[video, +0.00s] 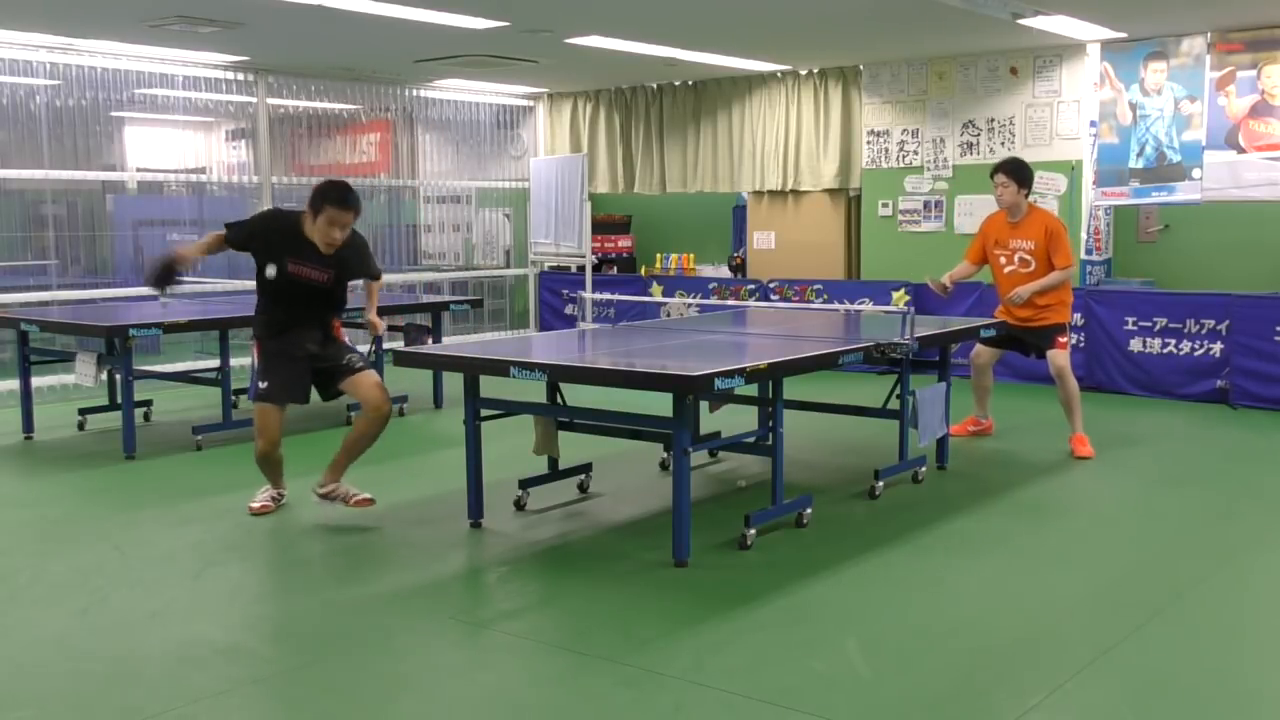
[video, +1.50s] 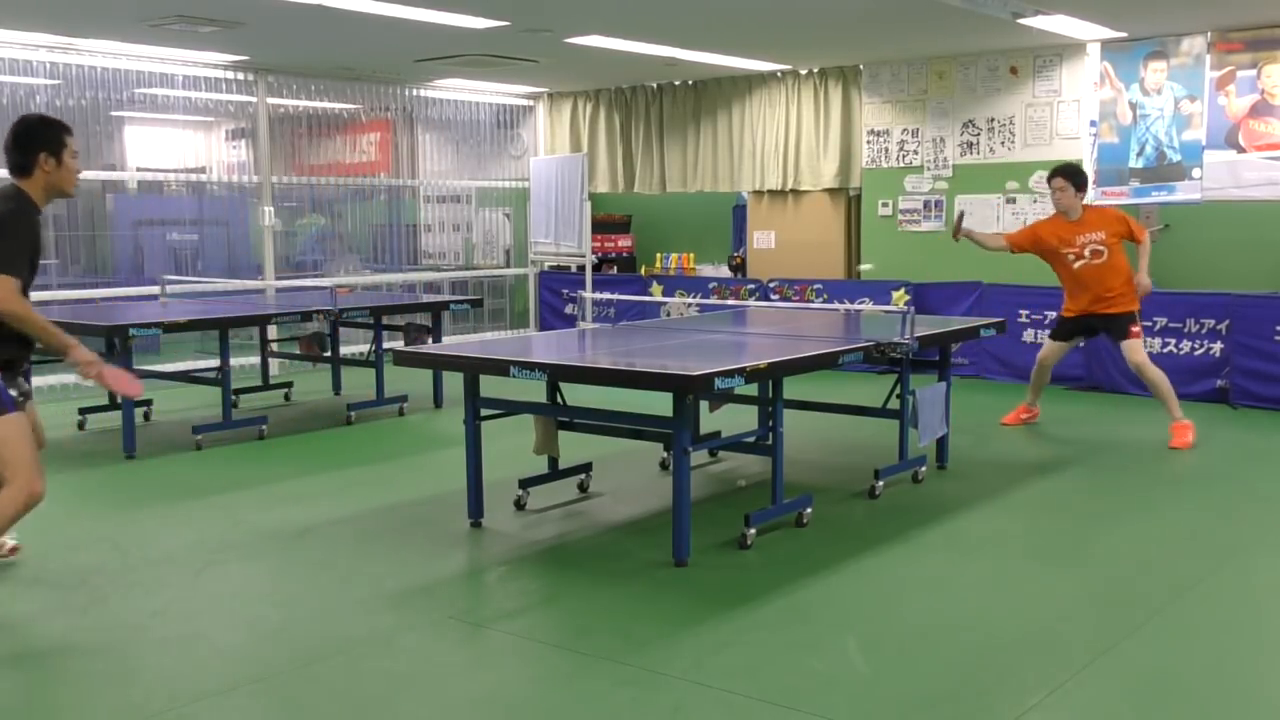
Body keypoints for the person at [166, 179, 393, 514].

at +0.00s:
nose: (338, 236)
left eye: (346, 228)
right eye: (332, 226)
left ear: (353, 222)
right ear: (311, 214)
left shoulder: (354, 247)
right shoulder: (274, 226)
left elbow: (374, 277)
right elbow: (223, 239)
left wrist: (371, 312)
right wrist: (191, 252)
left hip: (325, 338)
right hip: (275, 341)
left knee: (379, 405)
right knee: (266, 446)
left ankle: (330, 482)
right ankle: (276, 488)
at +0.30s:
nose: (384, 195)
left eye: (383, 187)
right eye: (381, 186)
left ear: (355, 186)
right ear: (363, 187)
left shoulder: (335, 228)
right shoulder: (307, 224)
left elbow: (308, 283)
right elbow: (255, 272)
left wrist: (326, 319)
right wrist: (318, 300)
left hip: (306, 330)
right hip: (271, 332)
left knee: (361, 412)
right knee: (334, 426)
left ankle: (328, 503)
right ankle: (267, 515)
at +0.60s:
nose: (334, 181)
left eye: (333, 171)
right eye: (332, 171)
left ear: (285, 170)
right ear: (315, 170)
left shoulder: (255, 205)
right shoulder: (303, 213)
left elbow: (245, 273)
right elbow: (352, 286)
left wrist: (292, 318)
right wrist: (399, 321)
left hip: (210, 335)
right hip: (239, 341)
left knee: (268, 422)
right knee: (324, 437)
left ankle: (257, 518)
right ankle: (306, 567)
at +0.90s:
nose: (257, 245)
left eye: (257, 236)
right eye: (256, 235)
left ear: (207, 229)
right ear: (243, 233)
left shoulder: (167, 260)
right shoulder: (233, 273)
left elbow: (210, 322)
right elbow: (272, 355)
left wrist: (288, 329)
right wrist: (265, 400)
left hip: (131, 392)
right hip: (182, 402)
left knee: (160, 459)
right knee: (286, 498)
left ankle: (96, 553)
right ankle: (258, 616)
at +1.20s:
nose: (160, 209)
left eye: (157, 199)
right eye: (155, 199)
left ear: (108, 205)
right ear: (135, 204)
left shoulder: (69, 250)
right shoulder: (144, 257)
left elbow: (11, 316)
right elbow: (227, 274)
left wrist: (37, 351)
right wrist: (308, 253)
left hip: (26, 382)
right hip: (72, 388)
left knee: (65, 447)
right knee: (142, 514)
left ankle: (19, 547)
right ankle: (102, 627)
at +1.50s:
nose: (78, 166)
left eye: (76, 155)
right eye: (71, 155)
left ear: (41, 163)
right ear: (44, 163)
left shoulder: (18, 209)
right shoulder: (17, 214)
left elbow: (11, 299)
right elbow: (8, 299)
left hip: (10, 368)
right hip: (1, 373)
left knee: (32, 440)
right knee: (25, 487)